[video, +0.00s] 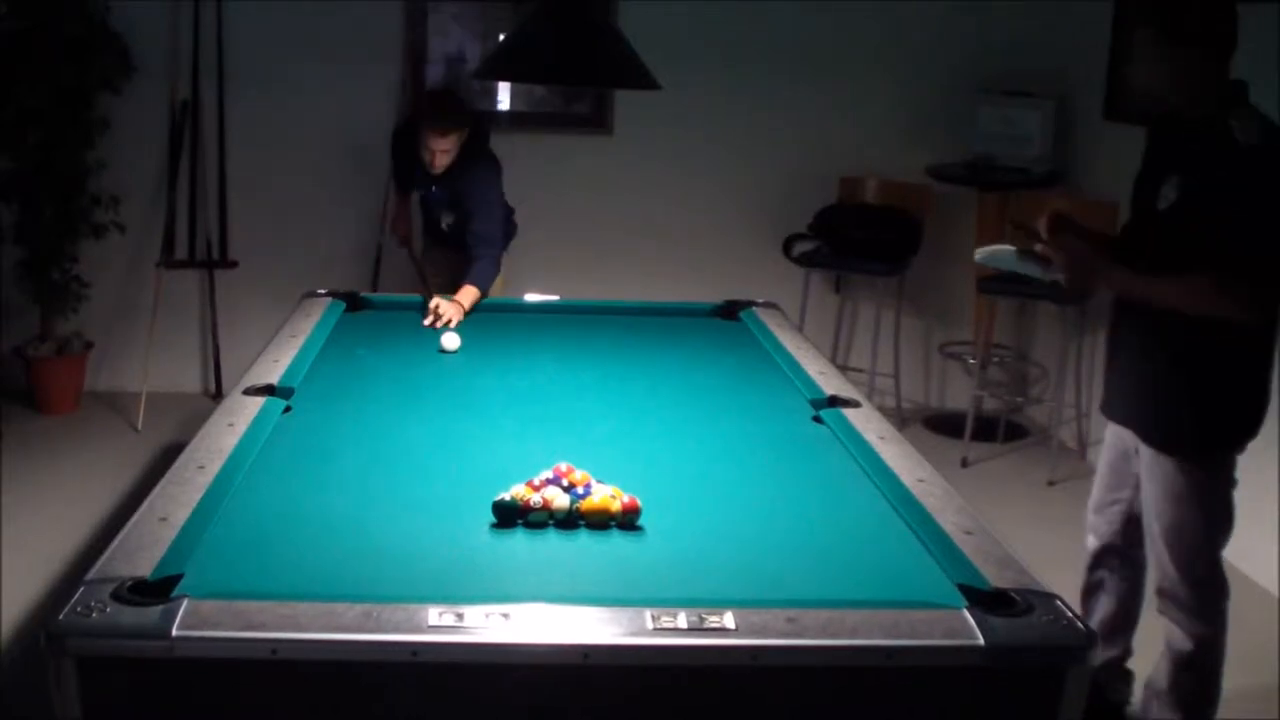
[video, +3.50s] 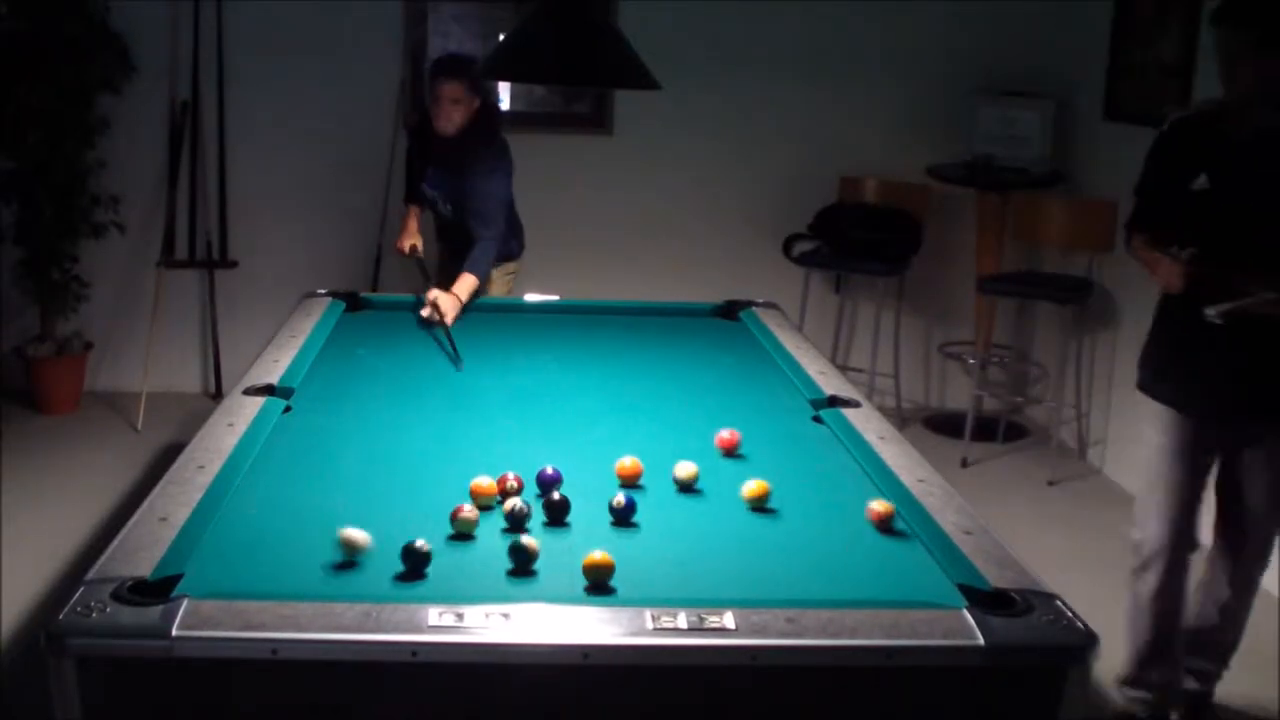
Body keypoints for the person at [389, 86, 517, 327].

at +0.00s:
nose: (436, 161)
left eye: (446, 152)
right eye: (429, 150)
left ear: (462, 142)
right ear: (419, 140)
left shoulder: (480, 165)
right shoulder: (407, 143)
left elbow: (488, 249)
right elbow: (402, 178)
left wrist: (460, 303)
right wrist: (402, 216)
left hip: (479, 241)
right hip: (437, 236)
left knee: (480, 318)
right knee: (434, 310)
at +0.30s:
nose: (428, 193)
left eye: (437, 183)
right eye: (421, 183)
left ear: (452, 168)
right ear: (409, 171)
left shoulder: (470, 185)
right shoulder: (398, 156)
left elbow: (489, 259)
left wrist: (460, 304)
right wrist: (398, 221)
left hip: (470, 248)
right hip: (432, 243)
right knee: (431, 312)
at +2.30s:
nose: (413, 206)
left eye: (422, 196)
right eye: (404, 197)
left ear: (437, 183)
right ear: (392, 189)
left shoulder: (461, 200)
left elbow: (476, 261)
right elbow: (379, 158)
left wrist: (456, 308)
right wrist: (384, 225)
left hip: (492, 248)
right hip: (441, 244)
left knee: (485, 325)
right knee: (425, 318)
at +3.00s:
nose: (425, 191)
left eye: (435, 180)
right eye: (417, 181)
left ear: (450, 166)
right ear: (404, 171)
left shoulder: (472, 183)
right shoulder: (391, 166)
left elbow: (495, 260)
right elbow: (380, 162)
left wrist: (460, 309)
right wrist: (388, 228)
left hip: (474, 261)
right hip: (432, 257)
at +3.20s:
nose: (445, 162)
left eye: (456, 151)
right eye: (437, 150)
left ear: (472, 143)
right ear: (424, 142)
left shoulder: (490, 172)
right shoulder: (408, 153)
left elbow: (503, 257)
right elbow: (394, 172)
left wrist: (466, 307)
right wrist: (408, 227)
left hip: (481, 259)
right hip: (435, 253)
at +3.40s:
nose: (449, 133)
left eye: (461, 124)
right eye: (443, 122)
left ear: (478, 124)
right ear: (431, 118)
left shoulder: (492, 159)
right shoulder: (418, 141)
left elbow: (497, 244)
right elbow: (404, 172)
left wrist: (465, 304)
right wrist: (410, 219)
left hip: (489, 256)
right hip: (444, 251)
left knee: (490, 337)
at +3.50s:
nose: (444, 112)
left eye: (455, 103)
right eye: (438, 102)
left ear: (475, 105)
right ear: (429, 102)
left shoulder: (488, 147)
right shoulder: (423, 134)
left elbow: (489, 233)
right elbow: (415, 178)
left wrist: (457, 295)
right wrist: (411, 225)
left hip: (494, 252)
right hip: (450, 245)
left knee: (486, 339)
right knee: (444, 333)